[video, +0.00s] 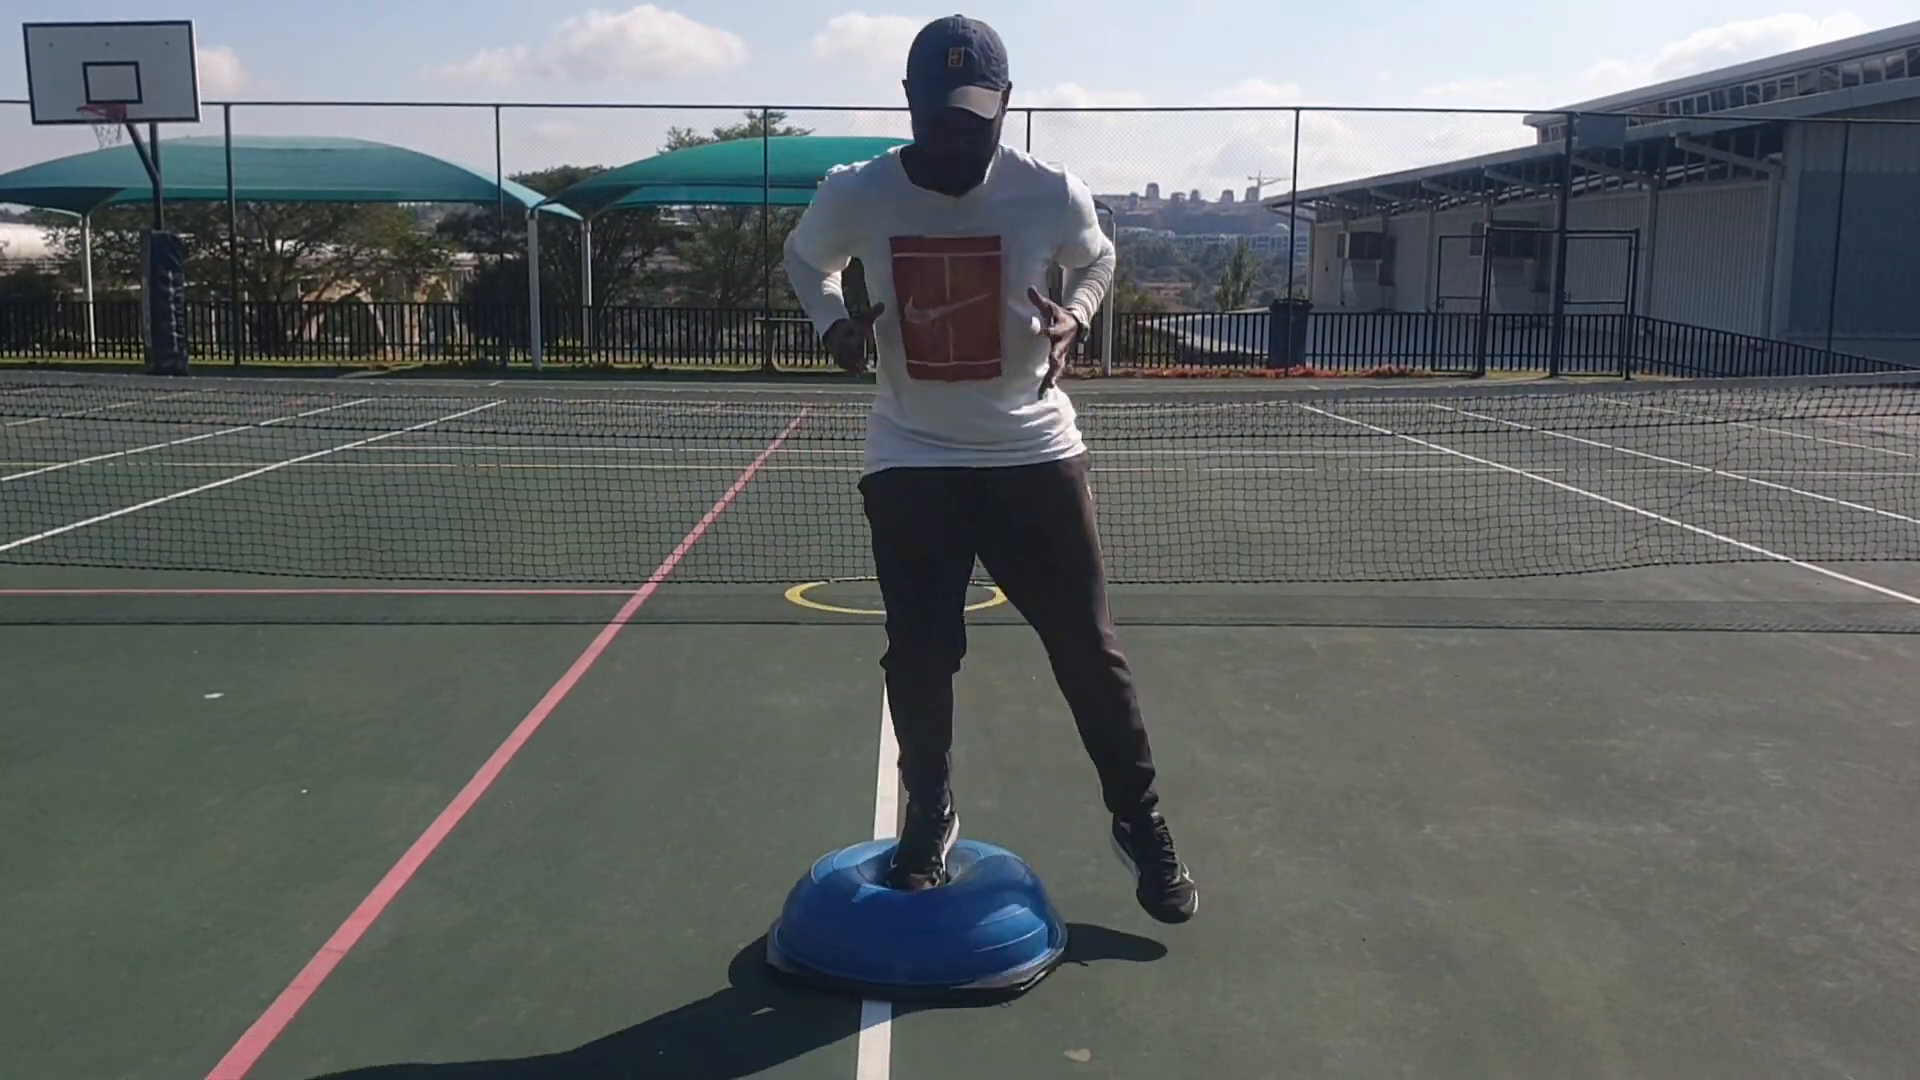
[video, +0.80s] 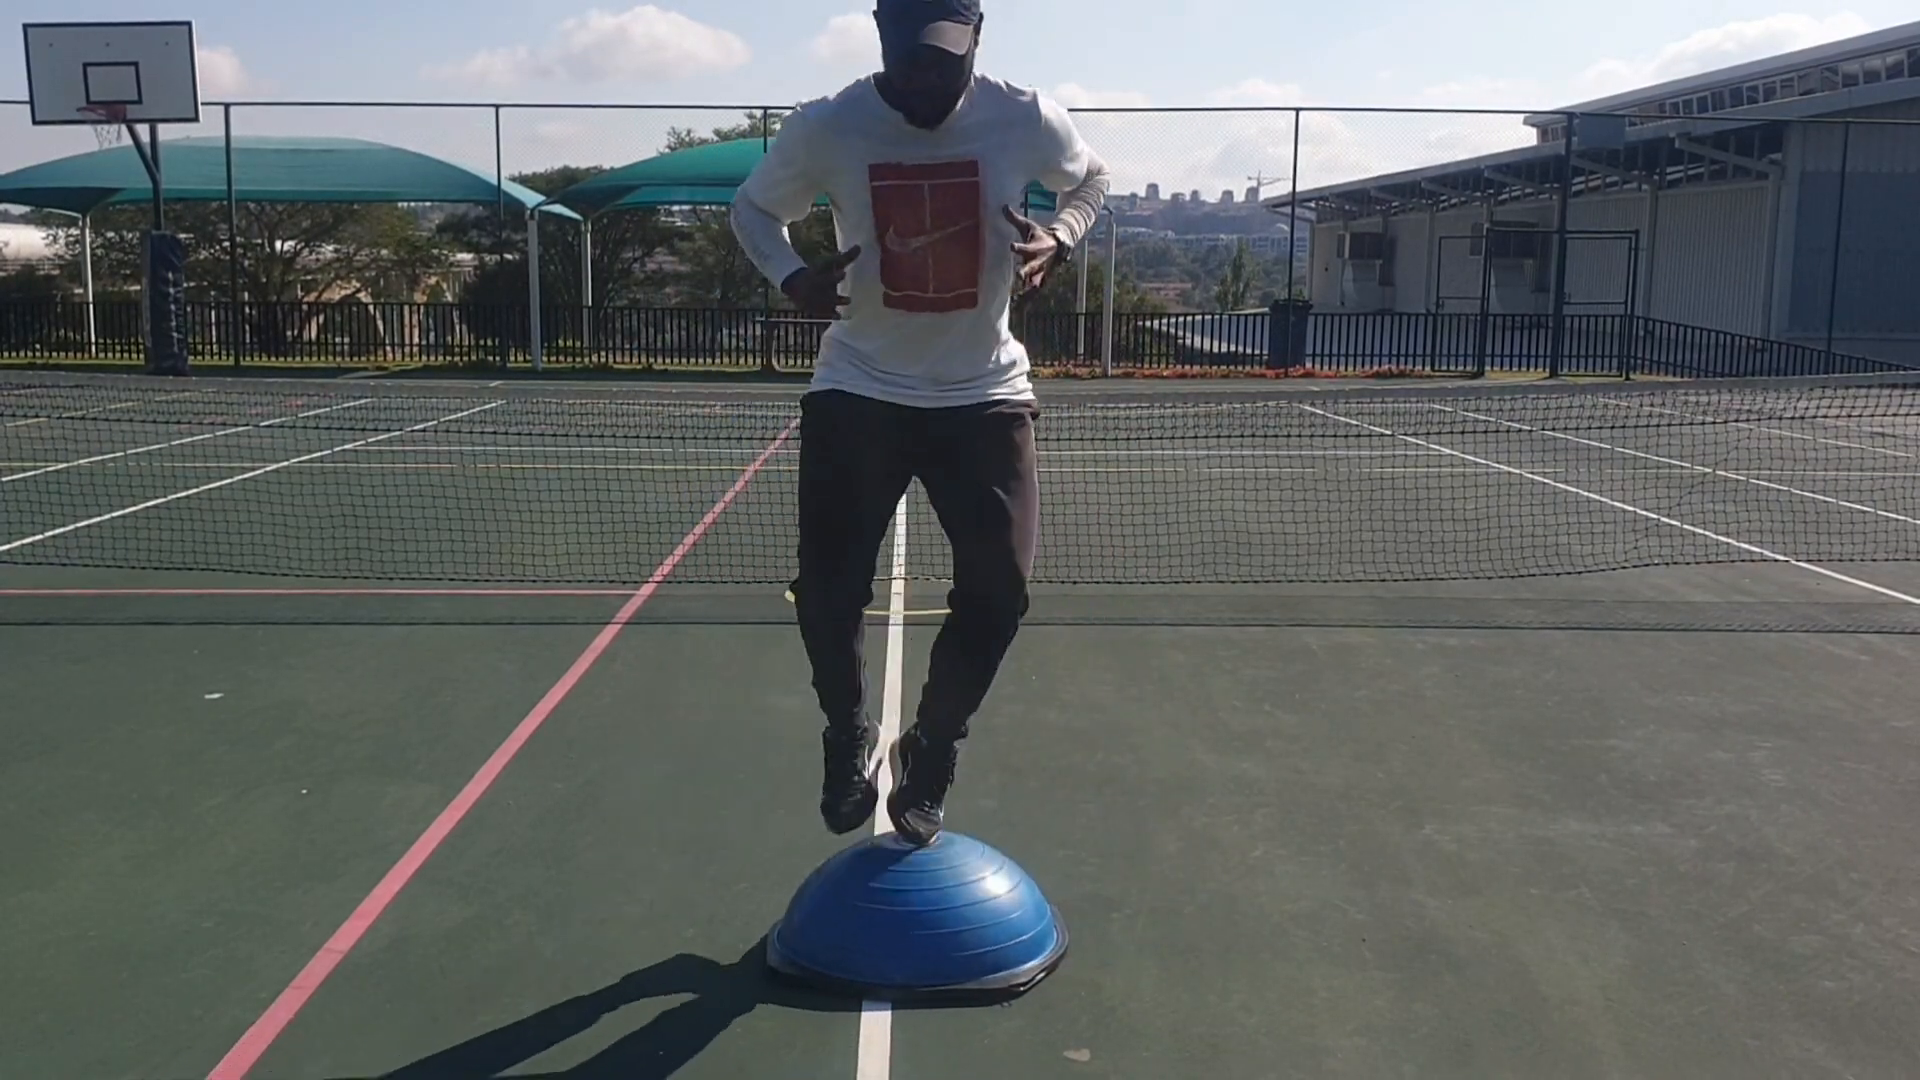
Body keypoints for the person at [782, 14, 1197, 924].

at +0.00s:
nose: (972, 132)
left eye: (986, 114)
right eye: (954, 115)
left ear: (1007, 105)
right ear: (913, 103)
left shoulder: (1052, 198)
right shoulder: (852, 197)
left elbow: (1098, 263)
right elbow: (803, 261)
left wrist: (1077, 309)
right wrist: (834, 321)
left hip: (1034, 449)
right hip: (912, 455)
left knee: (1090, 652)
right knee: (917, 652)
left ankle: (1143, 828)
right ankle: (925, 819)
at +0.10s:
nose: (935, 83)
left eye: (953, 65)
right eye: (920, 62)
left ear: (985, 49)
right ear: (894, 45)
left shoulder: (1035, 138)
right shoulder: (832, 134)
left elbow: (1080, 209)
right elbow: (776, 191)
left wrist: (1055, 259)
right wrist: (801, 260)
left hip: (997, 392)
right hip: (873, 398)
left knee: (1048, 589)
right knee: (876, 607)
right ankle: (896, 780)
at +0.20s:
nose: (915, 83)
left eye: (933, 62)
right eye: (899, 61)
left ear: (964, 46)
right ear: (872, 42)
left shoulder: (1015, 128)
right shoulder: (808, 118)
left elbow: (1060, 191)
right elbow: (749, 178)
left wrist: (1034, 247)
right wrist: (776, 254)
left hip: (967, 375)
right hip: (839, 371)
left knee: (991, 569)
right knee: (804, 572)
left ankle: (931, 729)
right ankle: (818, 738)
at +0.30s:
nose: (892, 105)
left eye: (909, 86)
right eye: (874, 85)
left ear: (940, 65)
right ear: (844, 59)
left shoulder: (987, 157)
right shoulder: (785, 147)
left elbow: (1035, 217)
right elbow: (729, 206)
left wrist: (1004, 276)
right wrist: (757, 287)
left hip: (932, 420)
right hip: (803, 410)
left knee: (933, 622)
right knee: (747, 609)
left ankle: (879, 798)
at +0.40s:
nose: (876, 163)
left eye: (892, 143)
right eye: (857, 145)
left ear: (919, 132)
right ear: (825, 135)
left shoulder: (962, 231)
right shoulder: (765, 217)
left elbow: (1010, 291)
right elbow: (722, 284)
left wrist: (975, 347)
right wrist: (748, 362)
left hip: (894, 492)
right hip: (768, 490)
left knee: (924, 677)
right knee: (695, 687)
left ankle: (878, 820)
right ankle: (624, 863)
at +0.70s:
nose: (914, 114)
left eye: (929, 94)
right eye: (894, 96)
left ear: (953, 77)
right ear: (859, 77)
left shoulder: (1001, 169)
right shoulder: (801, 170)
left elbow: (1054, 223)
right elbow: (739, 251)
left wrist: (1031, 267)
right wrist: (770, 308)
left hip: (940, 449)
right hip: (813, 444)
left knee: (933, 659)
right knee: (758, 641)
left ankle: (882, 813)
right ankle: (728, 799)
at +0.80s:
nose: (925, 90)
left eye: (944, 70)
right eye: (909, 70)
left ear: (973, 48)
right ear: (882, 47)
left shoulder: (1030, 123)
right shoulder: (824, 130)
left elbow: (1089, 181)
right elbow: (751, 208)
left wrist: (1060, 236)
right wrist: (789, 274)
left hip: (984, 392)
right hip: (858, 386)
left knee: (999, 587)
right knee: (825, 589)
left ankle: (931, 754)